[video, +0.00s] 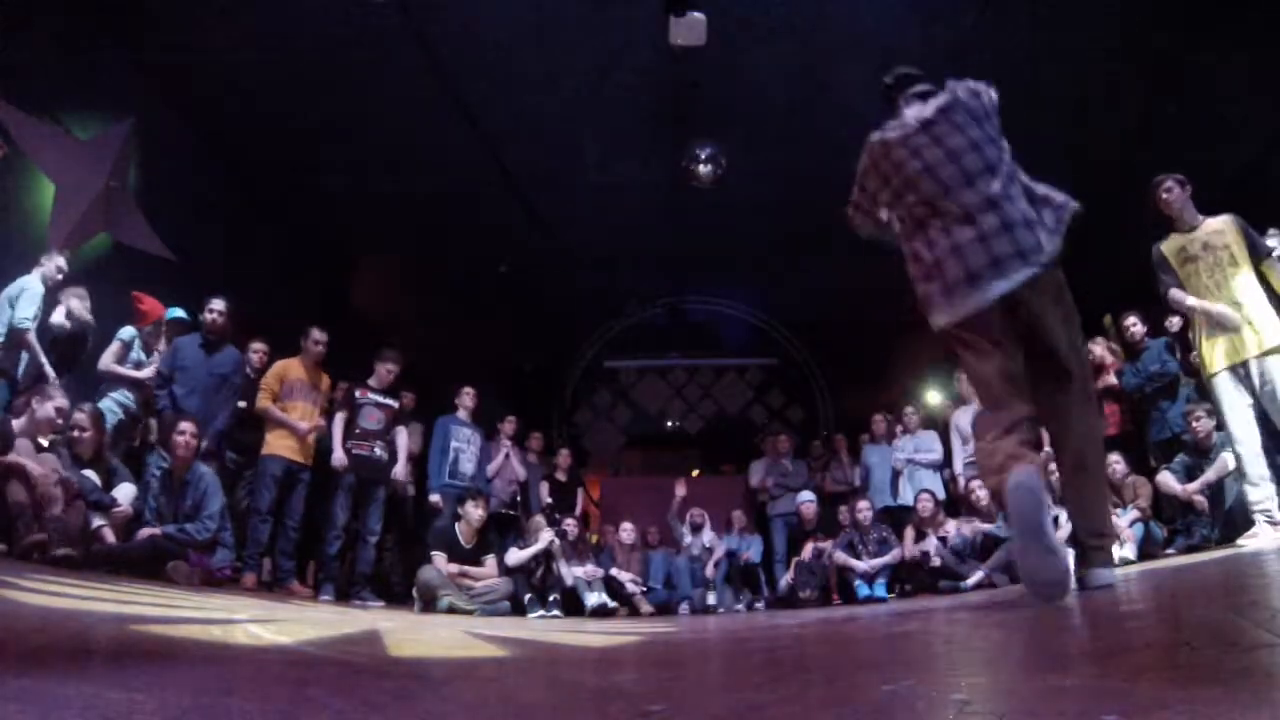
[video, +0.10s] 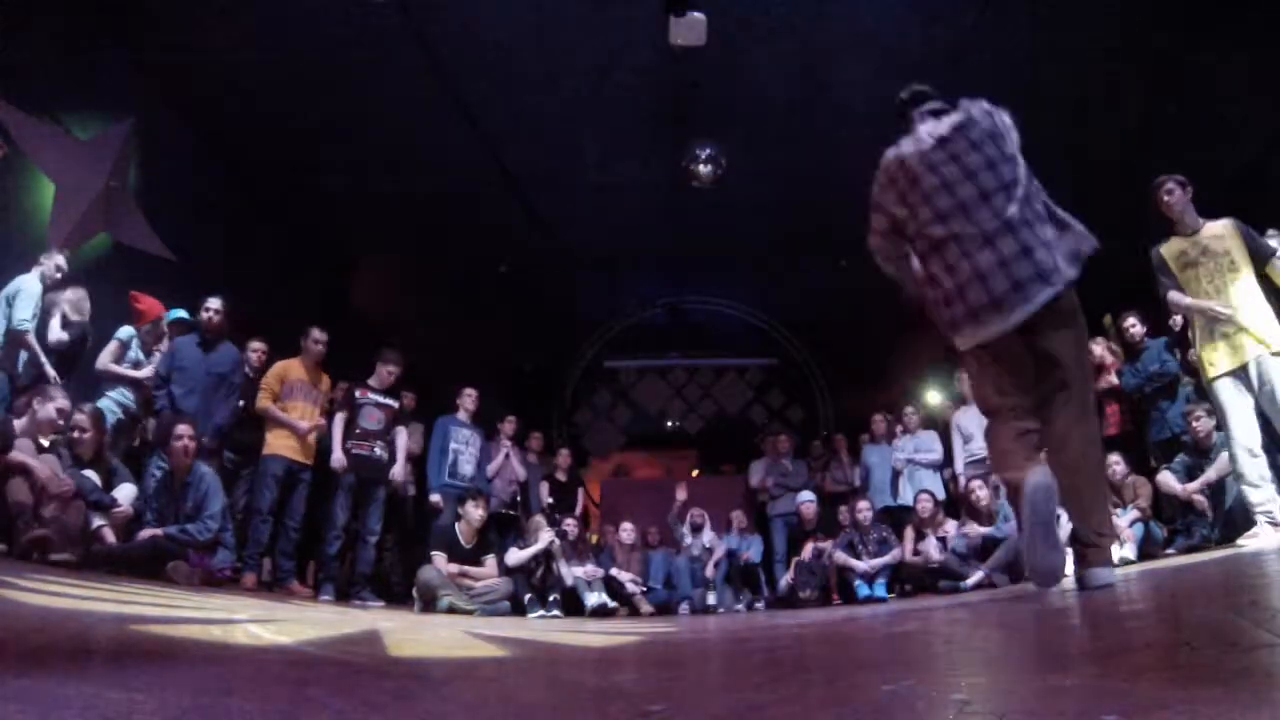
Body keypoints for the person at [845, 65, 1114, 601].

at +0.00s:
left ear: (890, 105)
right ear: (931, 84)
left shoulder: (881, 149)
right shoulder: (971, 97)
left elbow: (861, 217)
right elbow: (984, 98)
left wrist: (908, 234)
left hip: (958, 292)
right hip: (1029, 263)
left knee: (1002, 409)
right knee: (1071, 396)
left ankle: (1021, 484)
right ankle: (1095, 551)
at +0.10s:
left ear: (903, 123)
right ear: (944, 103)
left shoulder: (895, 168)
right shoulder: (988, 117)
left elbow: (883, 245)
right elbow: (1011, 155)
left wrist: (922, 287)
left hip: (972, 304)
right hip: (1042, 274)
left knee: (1007, 411)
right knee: (1070, 404)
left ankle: (1028, 479)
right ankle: (1094, 555)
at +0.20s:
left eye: (918, 130)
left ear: (910, 138)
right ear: (951, 119)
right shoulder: (991, 134)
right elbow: (1022, 175)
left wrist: (941, 332)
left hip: (981, 316)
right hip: (1047, 289)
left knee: (1010, 426)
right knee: (1071, 414)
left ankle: (1044, 523)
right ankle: (1094, 556)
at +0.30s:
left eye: (918, 145)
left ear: (913, 150)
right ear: (954, 132)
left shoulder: (910, 190)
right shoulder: (992, 147)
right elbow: (1022, 216)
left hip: (983, 323)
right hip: (1044, 297)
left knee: (1012, 442)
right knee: (1070, 421)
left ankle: (1048, 562)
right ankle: (1096, 557)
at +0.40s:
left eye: (920, 162)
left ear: (915, 165)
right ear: (954, 148)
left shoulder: (915, 204)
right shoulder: (991, 165)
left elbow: (925, 274)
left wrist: (929, 333)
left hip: (984, 327)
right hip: (1043, 301)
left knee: (1016, 442)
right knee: (1071, 421)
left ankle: (1043, 560)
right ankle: (1096, 552)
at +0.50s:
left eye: (920, 184)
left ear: (915, 186)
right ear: (954, 169)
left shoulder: (919, 221)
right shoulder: (988, 186)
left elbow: (928, 294)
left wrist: (934, 302)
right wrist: (956, 167)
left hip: (991, 338)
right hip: (1040, 312)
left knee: (1019, 452)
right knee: (1068, 416)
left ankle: (1051, 563)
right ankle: (1097, 538)